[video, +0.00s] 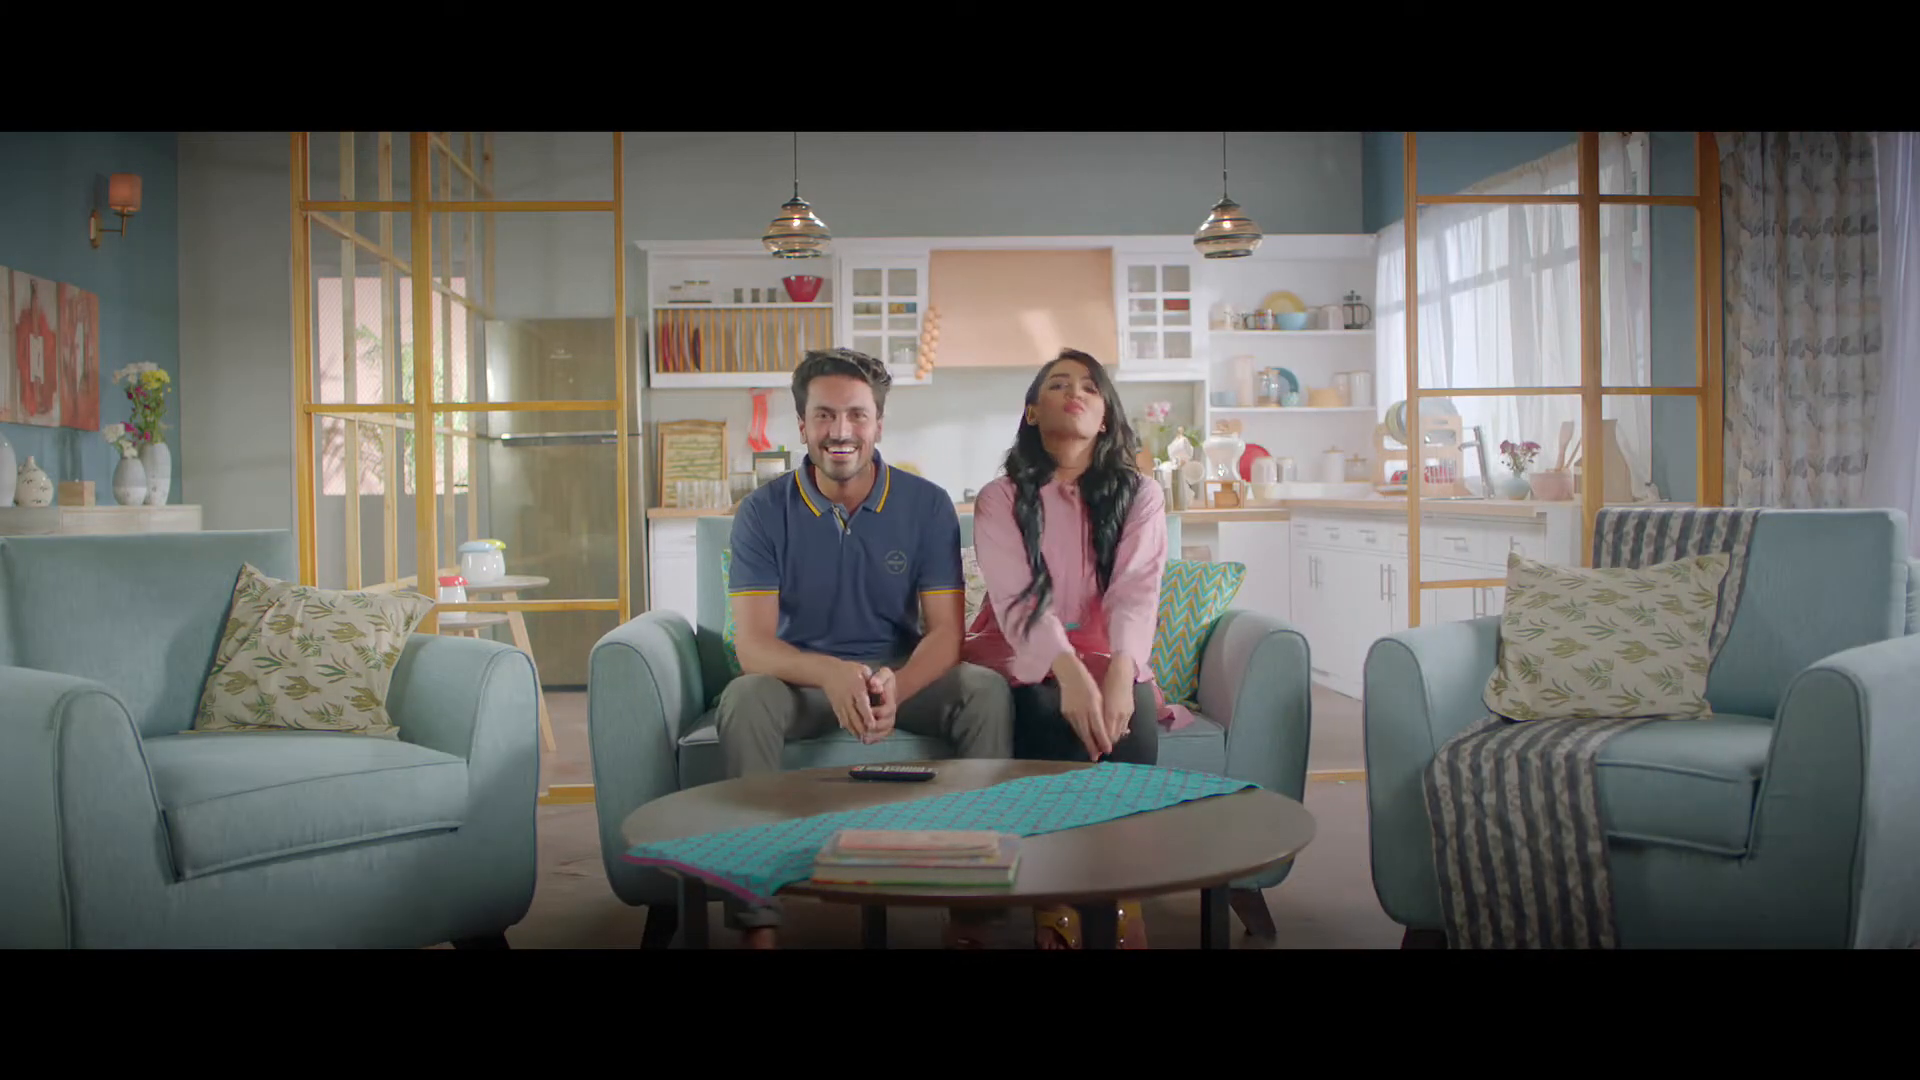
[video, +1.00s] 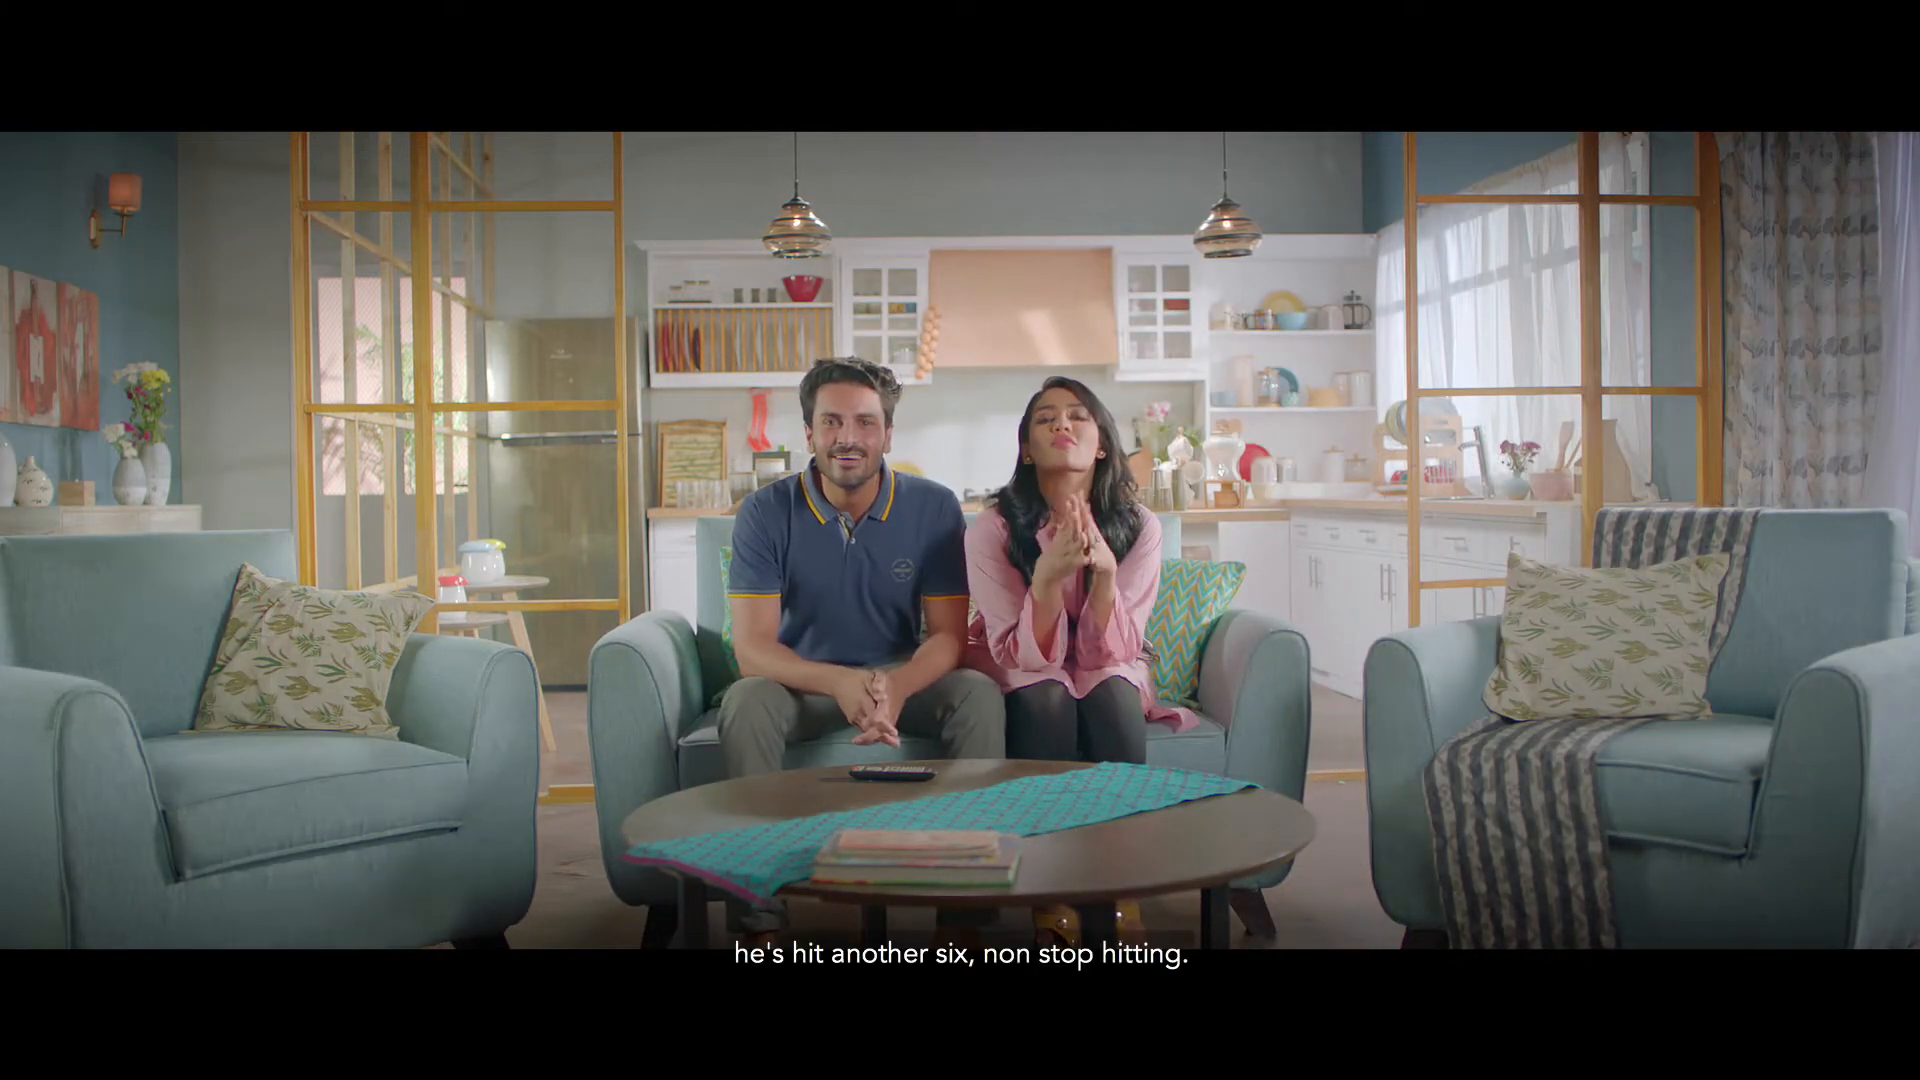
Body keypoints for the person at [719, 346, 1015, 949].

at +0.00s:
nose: (841, 431)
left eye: (857, 415)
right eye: (825, 415)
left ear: (879, 424)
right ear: (802, 425)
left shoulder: (925, 505)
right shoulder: (764, 512)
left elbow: (947, 633)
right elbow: (754, 649)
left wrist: (897, 687)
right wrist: (830, 673)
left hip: (903, 679)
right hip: (805, 684)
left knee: (987, 693)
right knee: (745, 702)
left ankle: (973, 901)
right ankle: (757, 916)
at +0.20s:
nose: (844, 432)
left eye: (860, 416)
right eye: (828, 416)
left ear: (884, 426)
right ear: (806, 427)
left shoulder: (928, 505)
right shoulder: (767, 512)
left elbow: (949, 634)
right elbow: (749, 650)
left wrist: (906, 677)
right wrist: (831, 670)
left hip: (904, 682)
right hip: (804, 685)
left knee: (985, 693)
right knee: (745, 703)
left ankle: (967, 898)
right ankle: (757, 915)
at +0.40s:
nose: (844, 441)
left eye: (860, 425)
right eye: (828, 425)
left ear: (885, 434)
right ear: (806, 434)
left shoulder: (930, 507)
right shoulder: (766, 514)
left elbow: (951, 635)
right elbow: (748, 653)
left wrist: (908, 676)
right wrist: (832, 672)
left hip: (904, 683)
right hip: (807, 687)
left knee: (983, 694)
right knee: (747, 703)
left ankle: (967, 897)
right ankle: (760, 914)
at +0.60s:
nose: (849, 439)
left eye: (866, 423)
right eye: (833, 423)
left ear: (888, 433)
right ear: (810, 432)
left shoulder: (932, 508)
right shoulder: (767, 513)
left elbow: (947, 637)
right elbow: (750, 652)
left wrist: (894, 679)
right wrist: (831, 676)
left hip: (903, 685)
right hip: (803, 688)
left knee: (976, 697)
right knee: (746, 704)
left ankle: (963, 899)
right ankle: (759, 913)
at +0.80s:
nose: (846, 438)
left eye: (861, 422)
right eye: (829, 422)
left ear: (885, 433)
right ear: (806, 435)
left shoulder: (931, 506)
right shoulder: (766, 514)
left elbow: (946, 637)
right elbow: (753, 651)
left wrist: (894, 686)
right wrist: (835, 679)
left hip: (903, 684)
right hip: (803, 688)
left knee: (980, 696)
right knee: (747, 704)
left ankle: (964, 898)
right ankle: (759, 912)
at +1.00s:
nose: (849, 438)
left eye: (865, 423)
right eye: (833, 423)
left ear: (888, 435)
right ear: (809, 435)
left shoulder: (932, 507)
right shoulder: (767, 513)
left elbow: (946, 636)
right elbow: (754, 651)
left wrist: (896, 688)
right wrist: (839, 681)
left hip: (904, 684)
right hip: (804, 688)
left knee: (981, 697)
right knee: (747, 703)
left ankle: (963, 872)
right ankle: (761, 884)